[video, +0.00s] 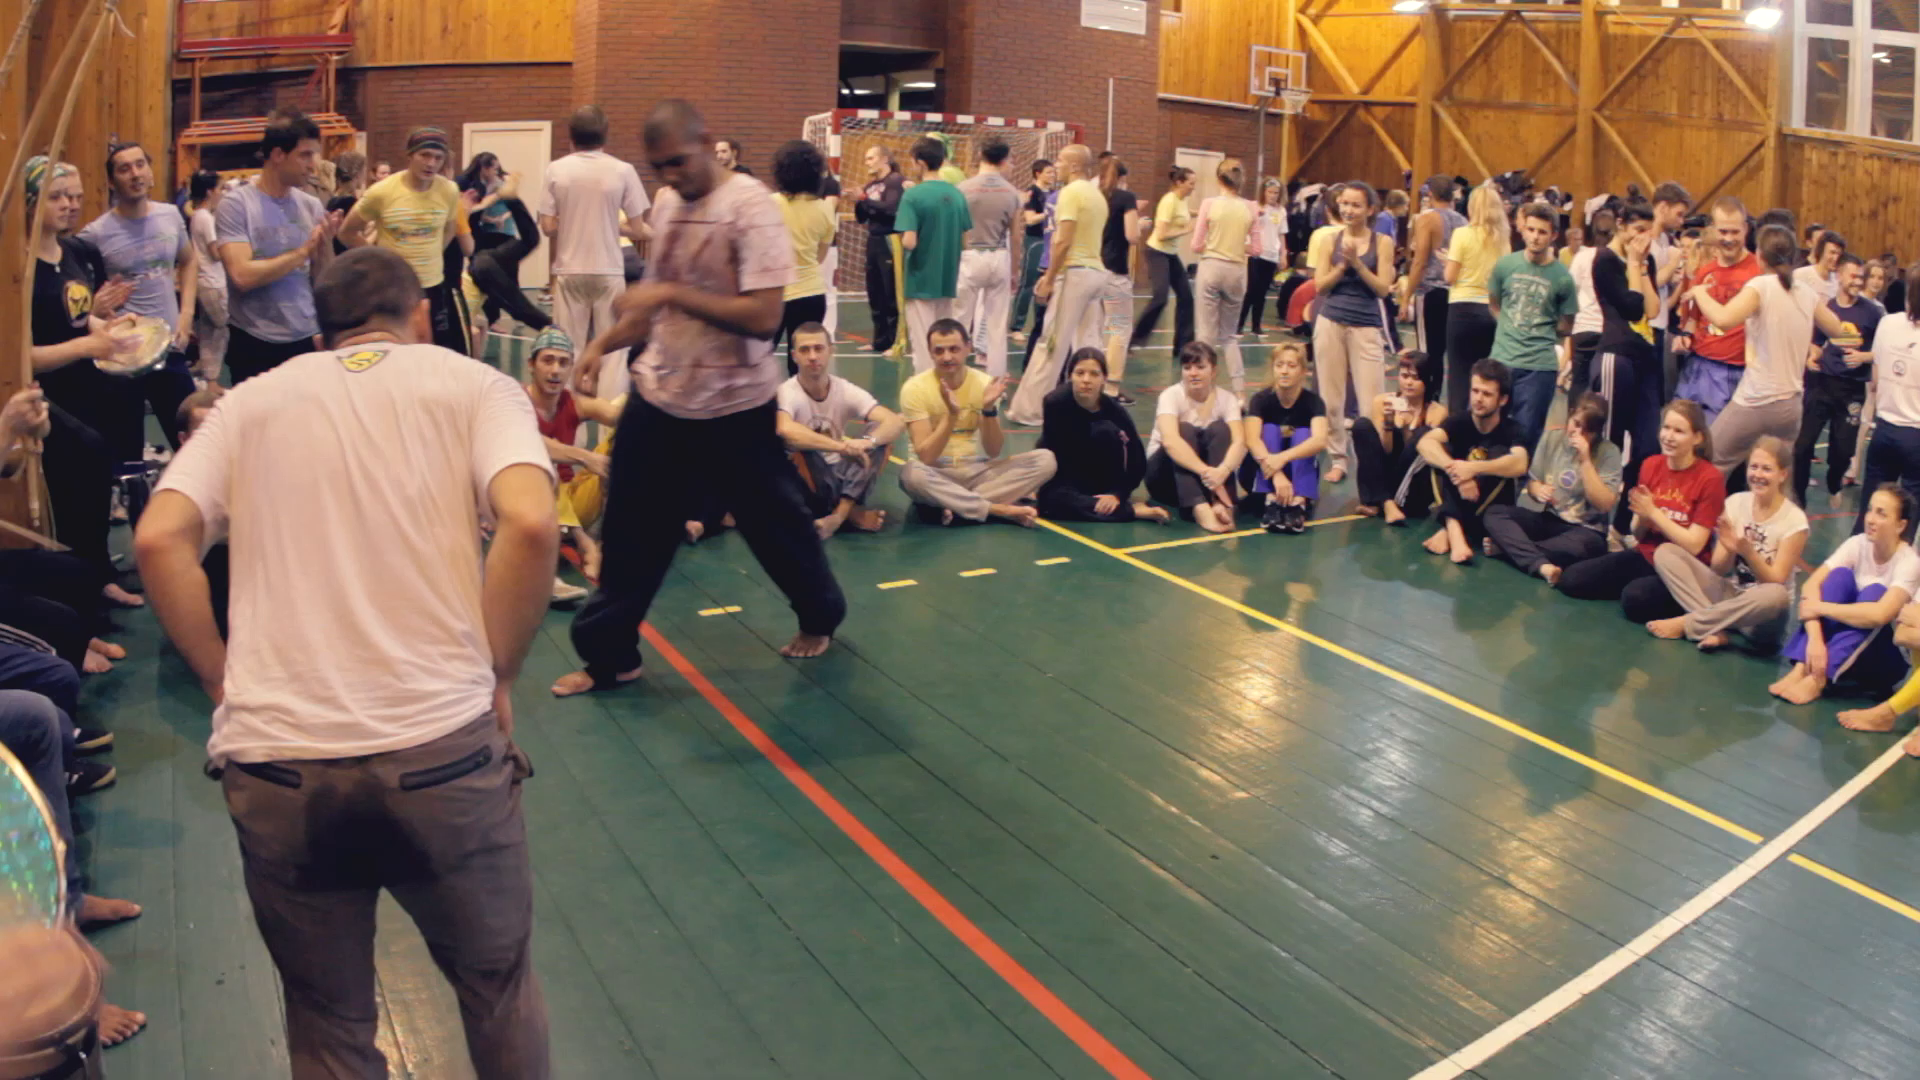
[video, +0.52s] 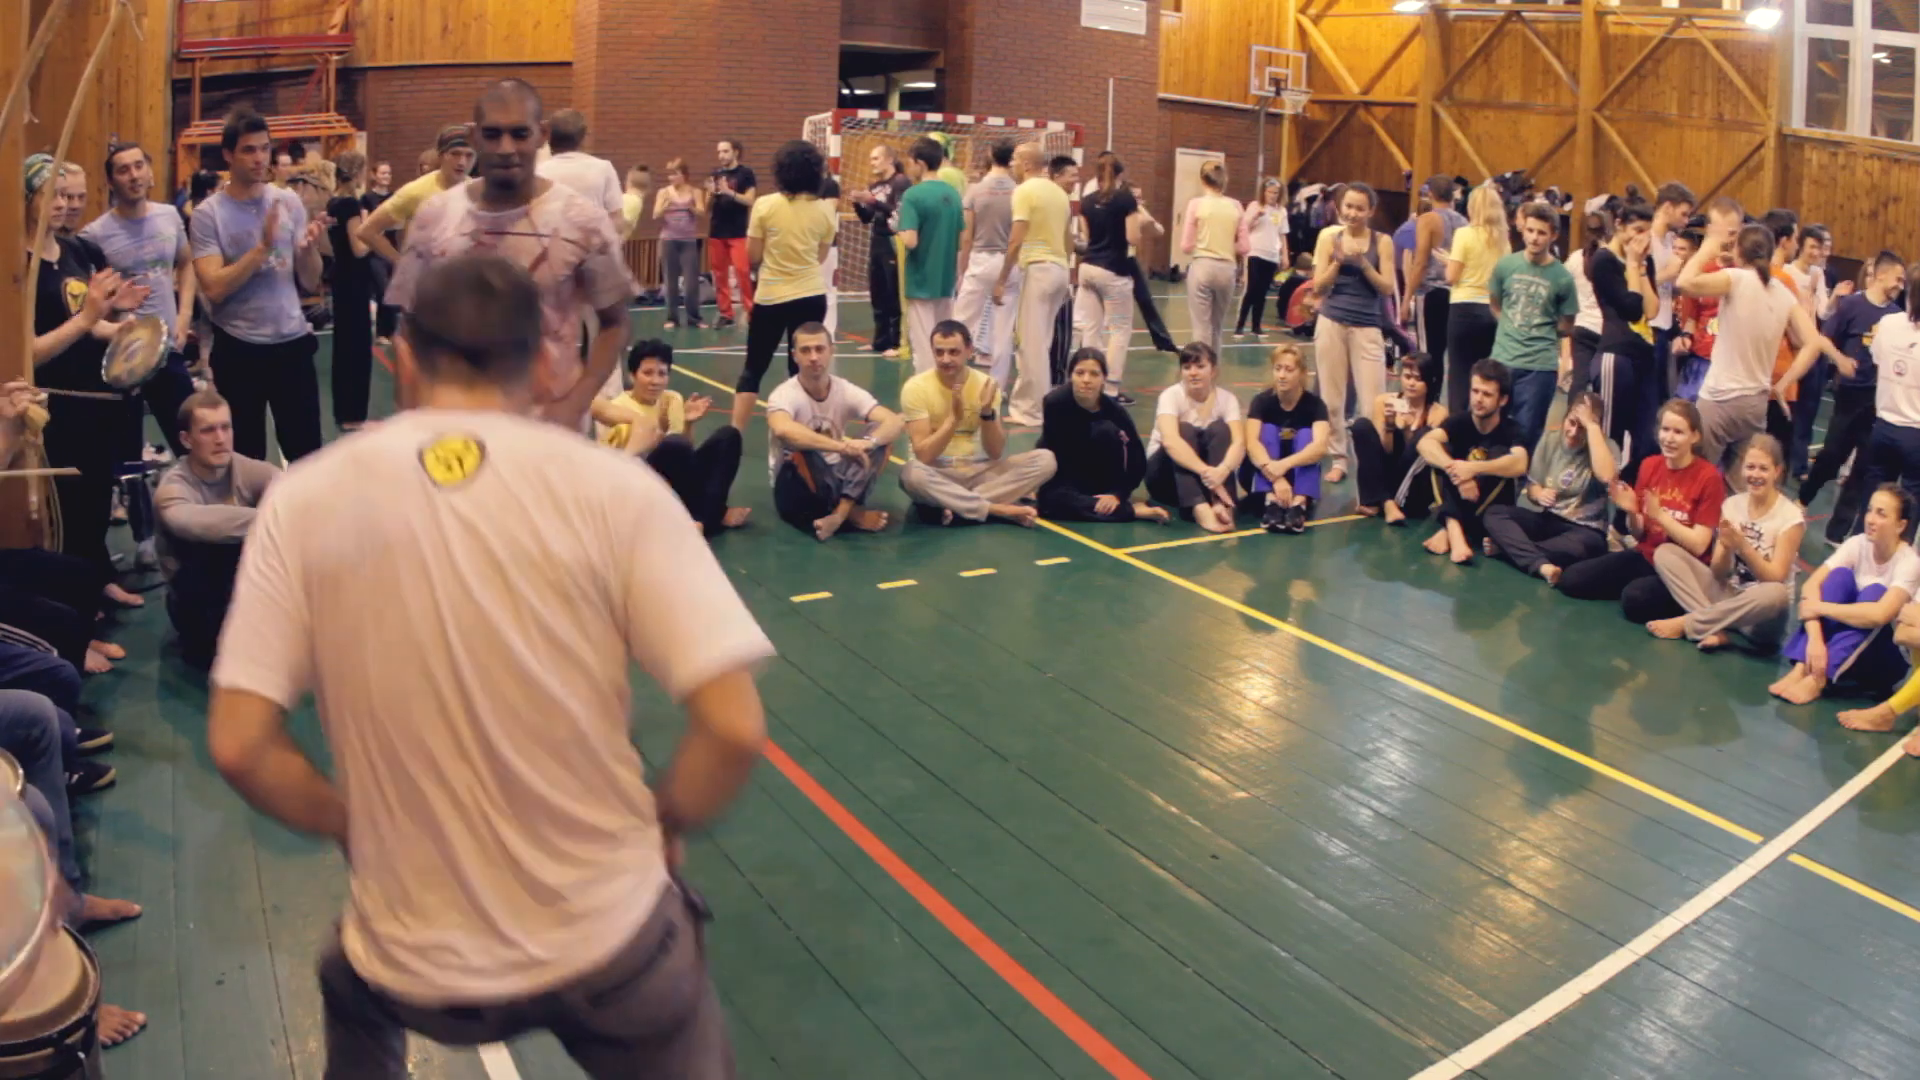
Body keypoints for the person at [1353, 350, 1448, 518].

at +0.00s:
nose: (1409, 382)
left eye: (1416, 377)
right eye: (1405, 376)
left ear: (1428, 381)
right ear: (1398, 377)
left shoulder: (1437, 412)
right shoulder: (1382, 402)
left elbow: (1419, 453)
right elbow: (1386, 451)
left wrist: (1408, 429)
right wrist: (1388, 423)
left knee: (1423, 436)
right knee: (1362, 425)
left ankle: (1375, 502)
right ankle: (1387, 501)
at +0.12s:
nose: (1410, 382)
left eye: (1417, 377)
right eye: (1405, 376)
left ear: (1429, 381)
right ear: (1399, 377)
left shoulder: (1437, 412)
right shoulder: (1382, 403)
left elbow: (1419, 454)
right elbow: (1386, 452)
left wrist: (1407, 430)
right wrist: (1388, 424)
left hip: (1417, 494)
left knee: (1424, 435)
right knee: (1361, 425)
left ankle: (1375, 502)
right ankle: (1387, 501)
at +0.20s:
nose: (1410, 383)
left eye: (1417, 378)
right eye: (1406, 376)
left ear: (1429, 381)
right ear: (1399, 377)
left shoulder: (1438, 412)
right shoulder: (1382, 403)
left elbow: (1420, 452)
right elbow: (1387, 451)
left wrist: (1407, 430)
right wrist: (1388, 424)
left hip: (1416, 495)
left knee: (1424, 437)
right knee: (1361, 425)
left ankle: (1375, 502)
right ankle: (1387, 501)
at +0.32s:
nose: (1410, 383)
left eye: (1418, 378)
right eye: (1406, 376)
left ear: (1430, 381)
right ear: (1400, 378)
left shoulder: (1438, 412)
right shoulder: (1383, 402)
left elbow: (1421, 452)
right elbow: (1387, 451)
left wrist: (1408, 431)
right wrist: (1389, 424)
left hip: (1416, 494)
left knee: (1424, 437)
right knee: (1361, 425)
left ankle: (1375, 501)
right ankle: (1387, 501)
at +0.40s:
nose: (1411, 383)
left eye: (1418, 378)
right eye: (1407, 376)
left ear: (1430, 382)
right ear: (1400, 378)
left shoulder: (1438, 413)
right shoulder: (1383, 402)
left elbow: (1421, 454)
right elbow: (1387, 452)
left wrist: (1408, 432)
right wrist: (1389, 425)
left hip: (1416, 494)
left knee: (1425, 435)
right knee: (1361, 425)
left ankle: (1374, 501)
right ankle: (1388, 501)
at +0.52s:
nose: (1411, 383)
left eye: (1418, 379)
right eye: (1407, 377)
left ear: (1431, 382)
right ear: (1400, 378)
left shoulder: (1438, 413)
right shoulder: (1383, 402)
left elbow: (1420, 453)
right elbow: (1387, 452)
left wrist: (1408, 432)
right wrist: (1389, 425)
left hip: (1416, 494)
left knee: (1425, 436)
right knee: (1361, 425)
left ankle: (1374, 501)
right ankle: (1388, 501)